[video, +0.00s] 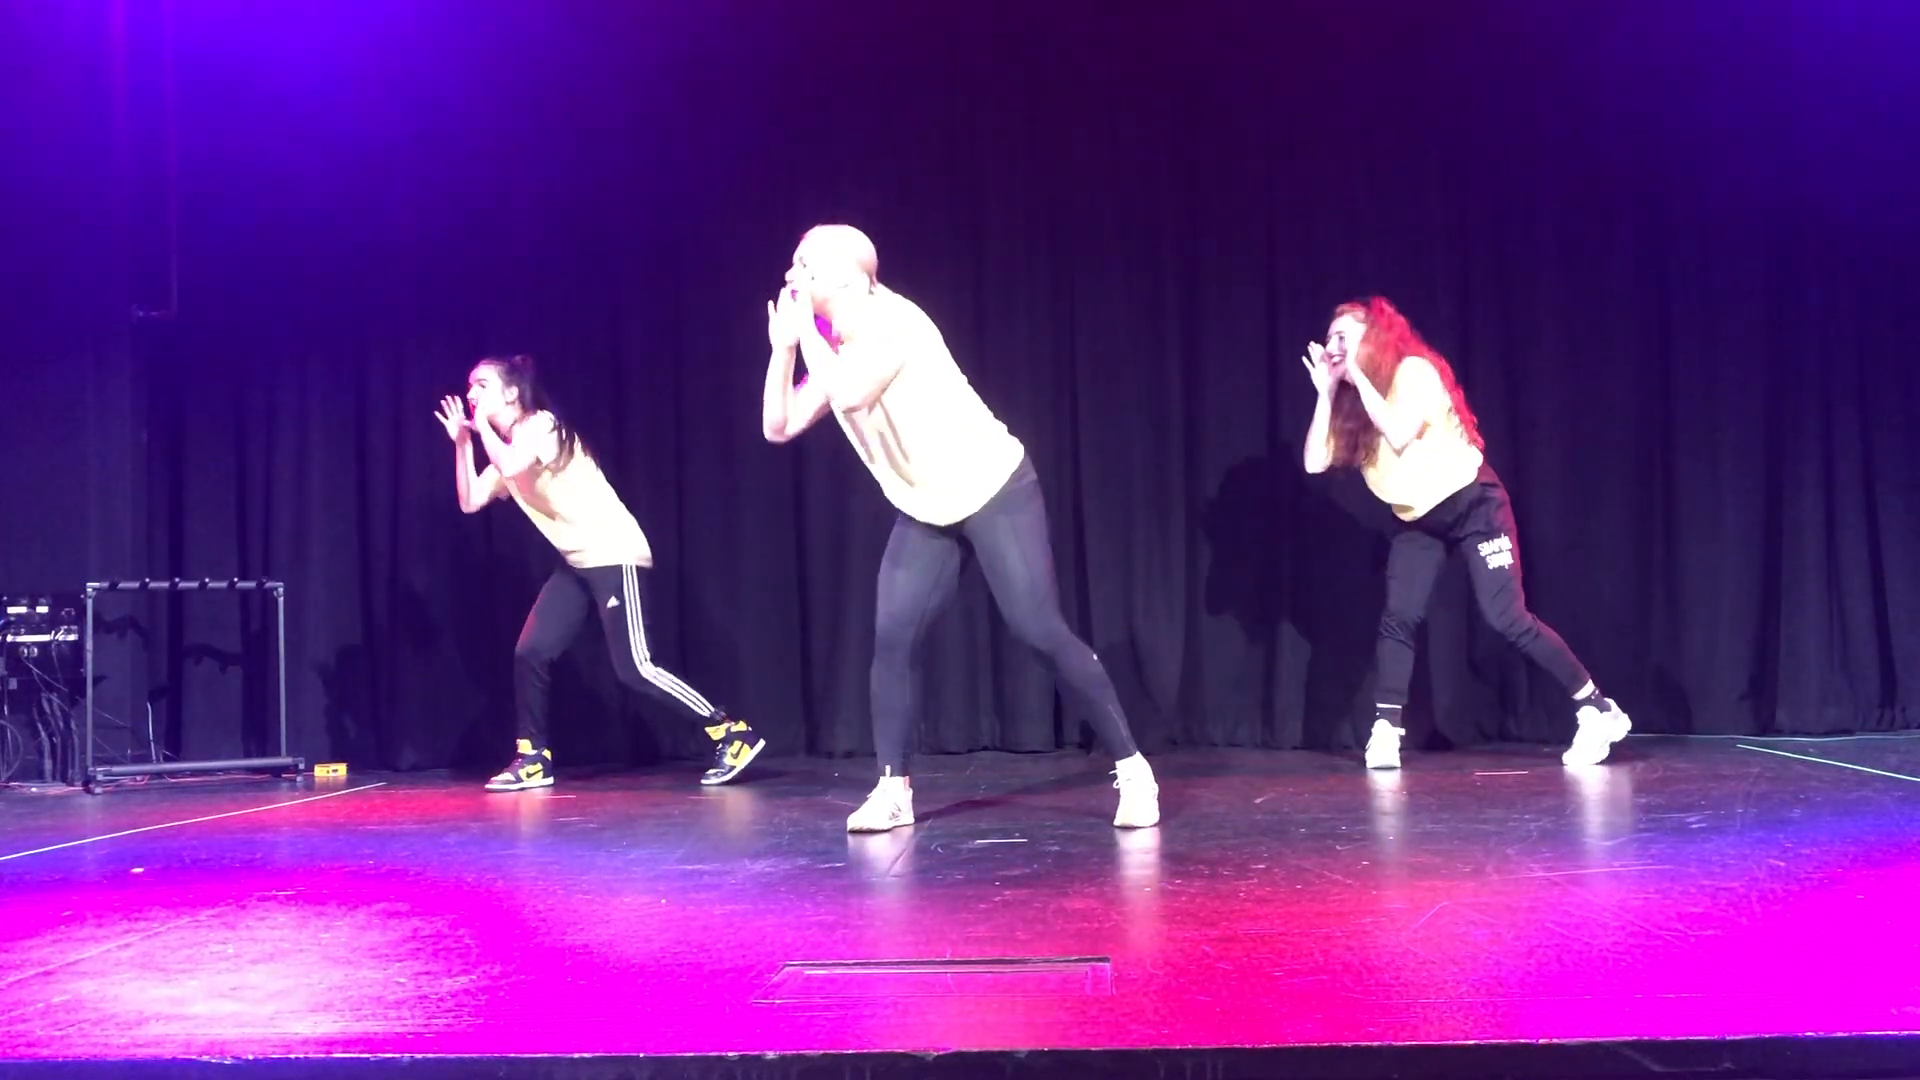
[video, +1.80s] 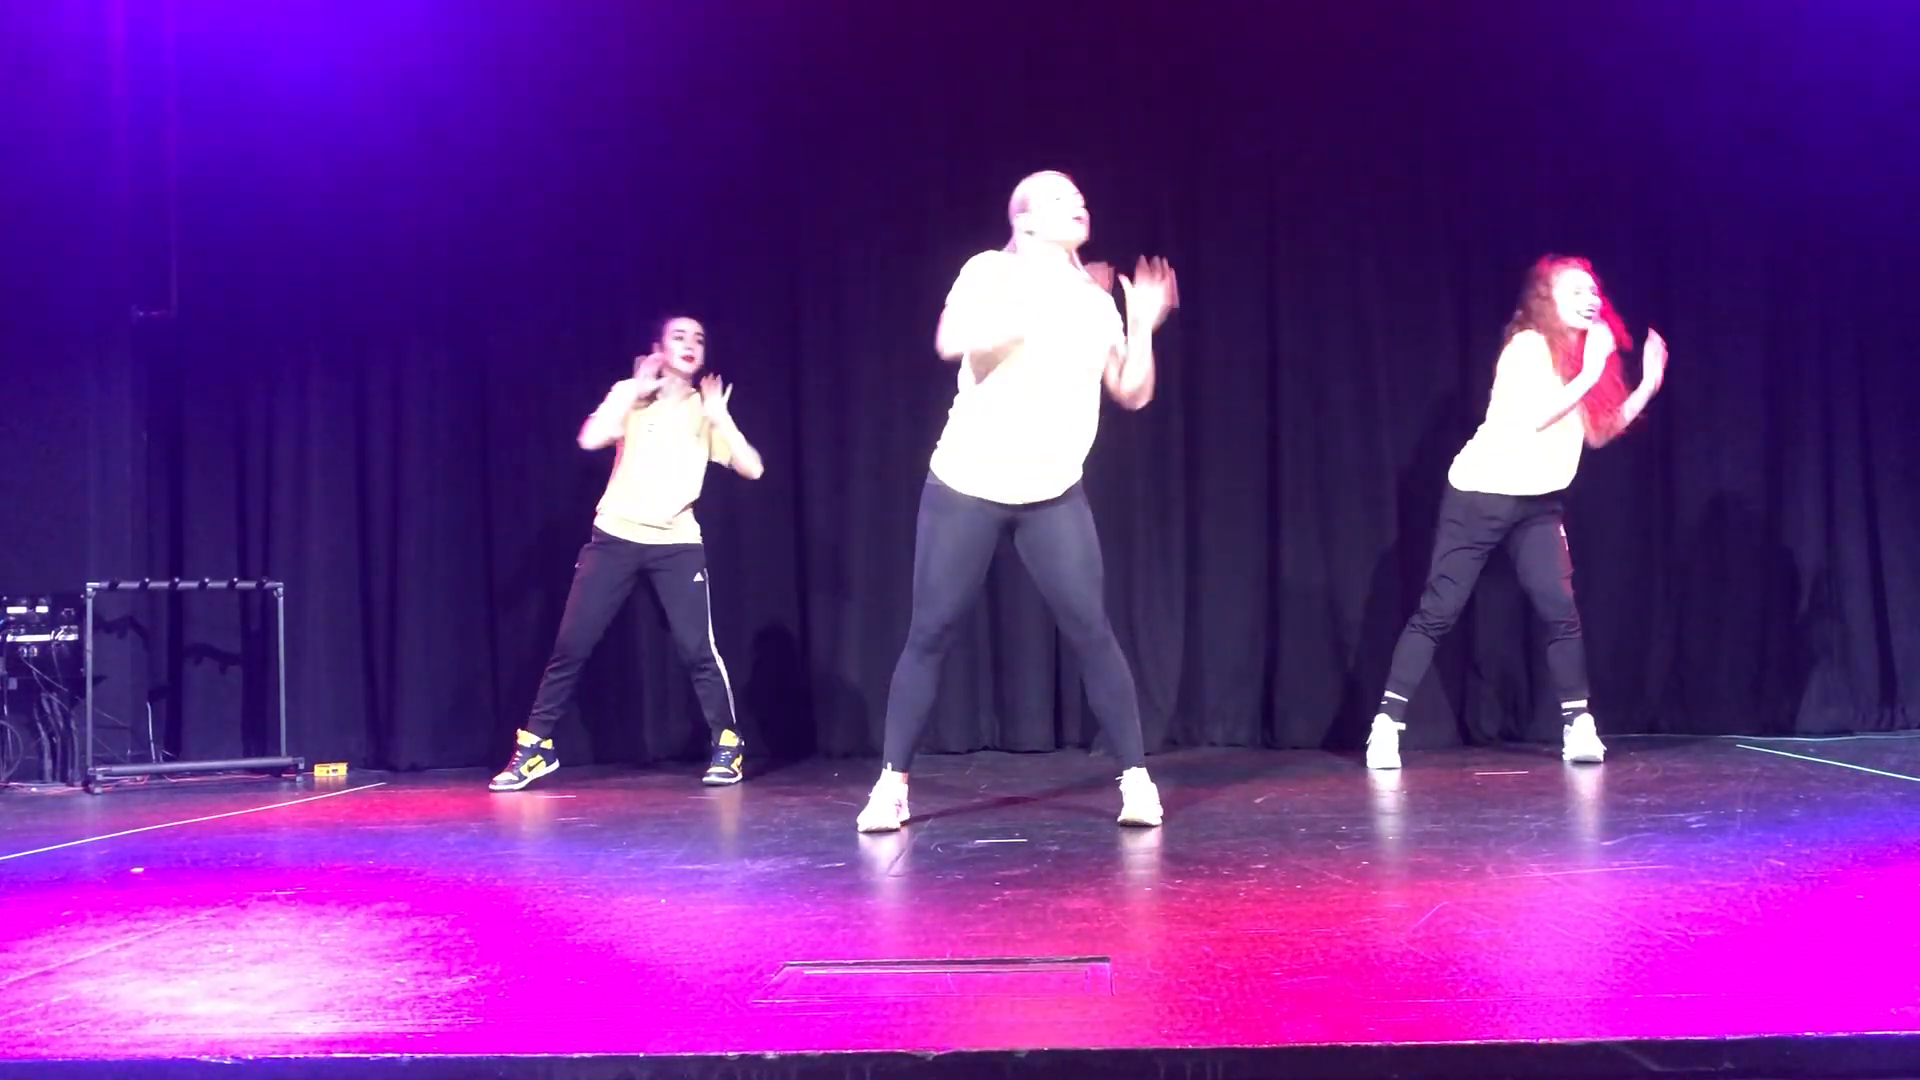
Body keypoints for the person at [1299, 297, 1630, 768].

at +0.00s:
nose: (1333, 347)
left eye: (1342, 337)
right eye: (1330, 339)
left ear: (1376, 338)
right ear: (1329, 347)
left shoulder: (1415, 370)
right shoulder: (1350, 400)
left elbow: (1400, 432)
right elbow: (1315, 462)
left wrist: (1355, 377)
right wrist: (1324, 393)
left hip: (1474, 506)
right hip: (1418, 522)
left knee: (1507, 616)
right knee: (1399, 618)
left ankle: (1599, 710)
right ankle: (1387, 730)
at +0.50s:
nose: (1375, 408)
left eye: (1383, 394)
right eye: (1366, 399)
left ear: (1408, 391)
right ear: (1356, 406)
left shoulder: (1449, 415)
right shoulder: (1373, 443)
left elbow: (1473, 486)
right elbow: (1348, 516)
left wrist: (1403, 441)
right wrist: (1358, 454)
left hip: (1493, 523)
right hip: (1427, 532)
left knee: (1530, 616)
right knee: (1406, 624)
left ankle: (1574, 724)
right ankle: (1387, 730)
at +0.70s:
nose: (1452, 433)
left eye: (1462, 420)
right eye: (1440, 423)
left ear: (1483, 417)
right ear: (1421, 426)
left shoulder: (1510, 444)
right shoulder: (1409, 457)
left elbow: (1539, 517)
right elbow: (1396, 537)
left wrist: (1487, 469)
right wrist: (1428, 476)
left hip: (1497, 534)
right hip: (1429, 538)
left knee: (1532, 617)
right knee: (1408, 622)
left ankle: (1574, 726)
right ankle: (1386, 730)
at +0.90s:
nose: (1537, 428)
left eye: (1545, 418)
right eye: (1527, 418)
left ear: (1558, 418)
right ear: (1502, 419)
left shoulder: (1561, 454)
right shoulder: (1467, 452)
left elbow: (1587, 522)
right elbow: (1458, 522)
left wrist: (1567, 465)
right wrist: (1507, 467)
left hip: (1498, 533)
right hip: (1430, 526)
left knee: (1534, 618)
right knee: (1416, 619)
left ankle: (1575, 727)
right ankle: (1386, 730)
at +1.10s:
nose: (1599, 406)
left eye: (1604, 395)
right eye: (1588, 395)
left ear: (1611, 400)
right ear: (1559, 398)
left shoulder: (1589, 448)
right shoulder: (1517, 433)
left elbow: (1621, 507)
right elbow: (1518, 509)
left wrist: (1614, 450)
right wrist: (1573, 446)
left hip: (1503, 530)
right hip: (1439, 516)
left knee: (1541, 619)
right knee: (1423, 618)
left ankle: (1575, 726)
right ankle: (1387, 729)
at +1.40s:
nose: (1638, 359)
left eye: (1640, 351)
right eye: (1626, 352)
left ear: (1642, 357)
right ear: (1597, 361)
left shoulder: (1618, 406)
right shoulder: (1564, 400)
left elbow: (1642, 473)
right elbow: (1591, 467)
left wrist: (1647, 407)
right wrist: (1630, 402)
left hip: (1517, 522)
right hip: (1459, 509)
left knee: (1549, 616)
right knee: (1429, 616)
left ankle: (1577, 727)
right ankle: (1381, 728)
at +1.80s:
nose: (1588, 301)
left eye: (1591, 292)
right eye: (1575, 292)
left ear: (1598, 300)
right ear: (1547, 299)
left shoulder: (1584, 355)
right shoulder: (1527, 346)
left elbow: (1599, 430)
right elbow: (1534, 416)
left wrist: (1648, 384)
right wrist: (1589, 373)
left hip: (1538, 502)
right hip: (1479, 496)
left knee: (1560, 611)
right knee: (1438, 610)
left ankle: (1578, 727)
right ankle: (1387, 724)